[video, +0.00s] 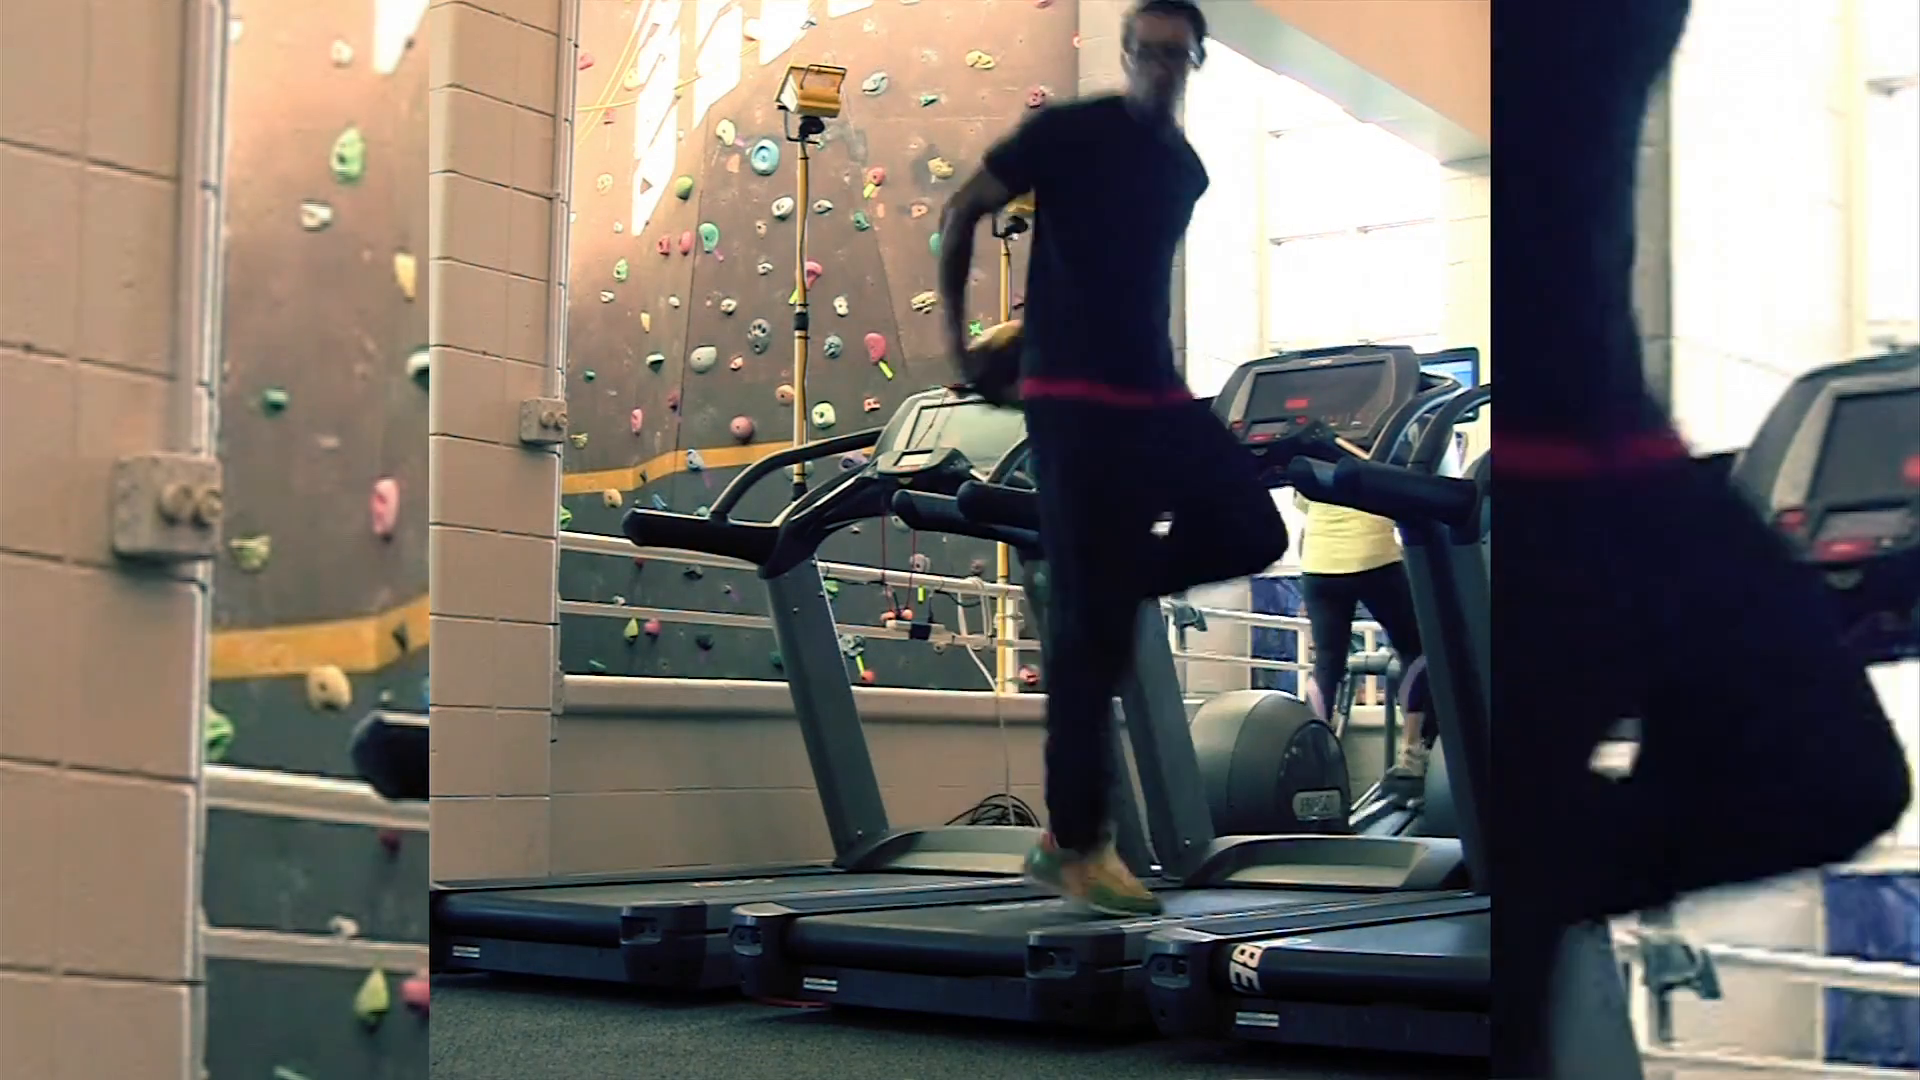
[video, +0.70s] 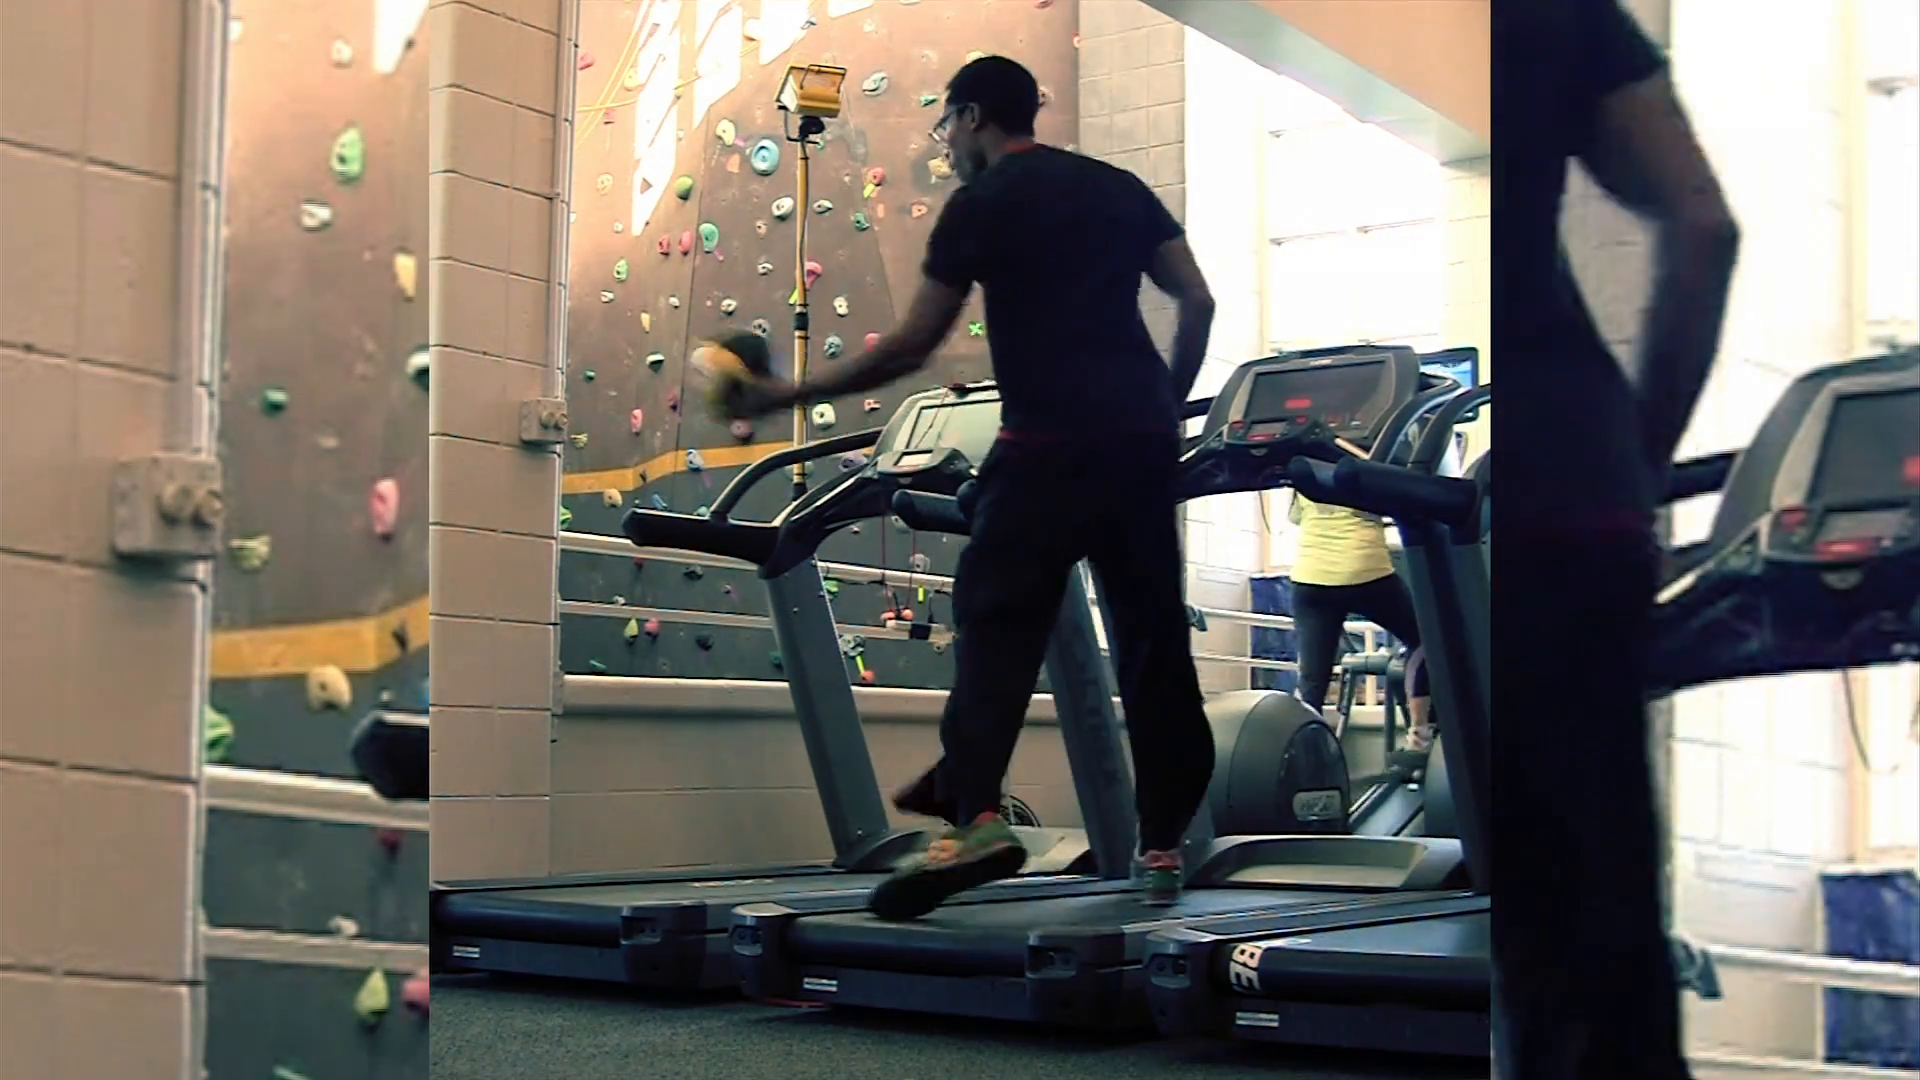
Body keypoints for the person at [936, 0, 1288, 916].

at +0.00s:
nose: (1161, 70)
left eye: (1177, 56)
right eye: (1148, 52)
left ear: (1196, 63)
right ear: (1122, 52)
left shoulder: (1183, 167)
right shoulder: (1064, 131)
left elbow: (1144, 278)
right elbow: (961, 211)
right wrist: (955, 346)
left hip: (1161, 398)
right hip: (1076, 401)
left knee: (1251, 536)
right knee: (1092, 613)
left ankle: (1096, 581)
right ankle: (1078, 847)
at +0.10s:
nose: (1099, 12)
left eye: (1109, 4)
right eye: (1088, 5)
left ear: (1130, 6)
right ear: (1071, 7)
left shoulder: (1179, 82)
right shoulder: (1024, 77)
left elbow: (1188, 180)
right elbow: (978, 190)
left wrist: (1181, 276)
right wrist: (1015, 284)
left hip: (1155, 338)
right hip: (1054, 337)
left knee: (1191, 489)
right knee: (1047, 526)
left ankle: (1118, 607)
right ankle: (1030, 720)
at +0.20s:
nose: (1006, 17)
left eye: (1017, 5)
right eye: (997, 10)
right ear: (997, 14)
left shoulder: (1150, 53)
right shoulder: (991, 85)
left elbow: (1254, 102)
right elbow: (1001, 197)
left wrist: (1307, 196)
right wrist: (1021, 292)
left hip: (1141, 320)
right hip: (1041, 309)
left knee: (1119, 533)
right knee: (981, 401)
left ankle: (1161, 711)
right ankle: (1020, 593)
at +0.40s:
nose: (937, 118)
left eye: (947, 100)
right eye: (936, 103)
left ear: (995, 93)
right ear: (989, 100)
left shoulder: (1068, 138)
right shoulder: (1012, 188)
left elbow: (1216, 132)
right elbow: (1047, 299)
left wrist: (1270, 202)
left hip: (1109, 411)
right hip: (1039, 409)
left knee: (1076, 610)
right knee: (910, 507)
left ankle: (1130, 847)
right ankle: (1051, 607)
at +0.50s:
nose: (933, 155)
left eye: (939, 136)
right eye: (934, 138)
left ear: (975, 133)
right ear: (993, 134)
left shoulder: (1038, 185)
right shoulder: (1026, 203)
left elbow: (1152, 231)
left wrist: (1136, 334)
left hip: (1078, 457)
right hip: (1075, 455)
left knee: (994, 654)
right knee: (1029, 654)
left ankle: (1078, 871)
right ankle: (1162, 765)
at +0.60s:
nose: (931, 144)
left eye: (939, 126)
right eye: (932, 129)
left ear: (976, 123)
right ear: (1015, 126)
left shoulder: (1011, 191)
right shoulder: (1081, 196)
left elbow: (1037, 324)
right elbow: (1156, 326)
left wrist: (946, 421)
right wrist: (1134, 429)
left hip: (1048, 443)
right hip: (1118, 445)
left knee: (982, 644)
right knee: (1098, 628)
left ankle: (1023, 859)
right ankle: (1188, 830)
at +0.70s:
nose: (941, 140)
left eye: (947, 124)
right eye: (943, 125)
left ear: (977, 121)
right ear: (1027, 120)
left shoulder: (980, 202)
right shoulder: (1118, 186)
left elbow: (911, 346)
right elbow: (1196, 299)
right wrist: (1170, 399)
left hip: (1045, 445)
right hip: (1141, 438)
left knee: (996, 621)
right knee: (1155, 641)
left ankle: (972, 817)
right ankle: (1167, 841)